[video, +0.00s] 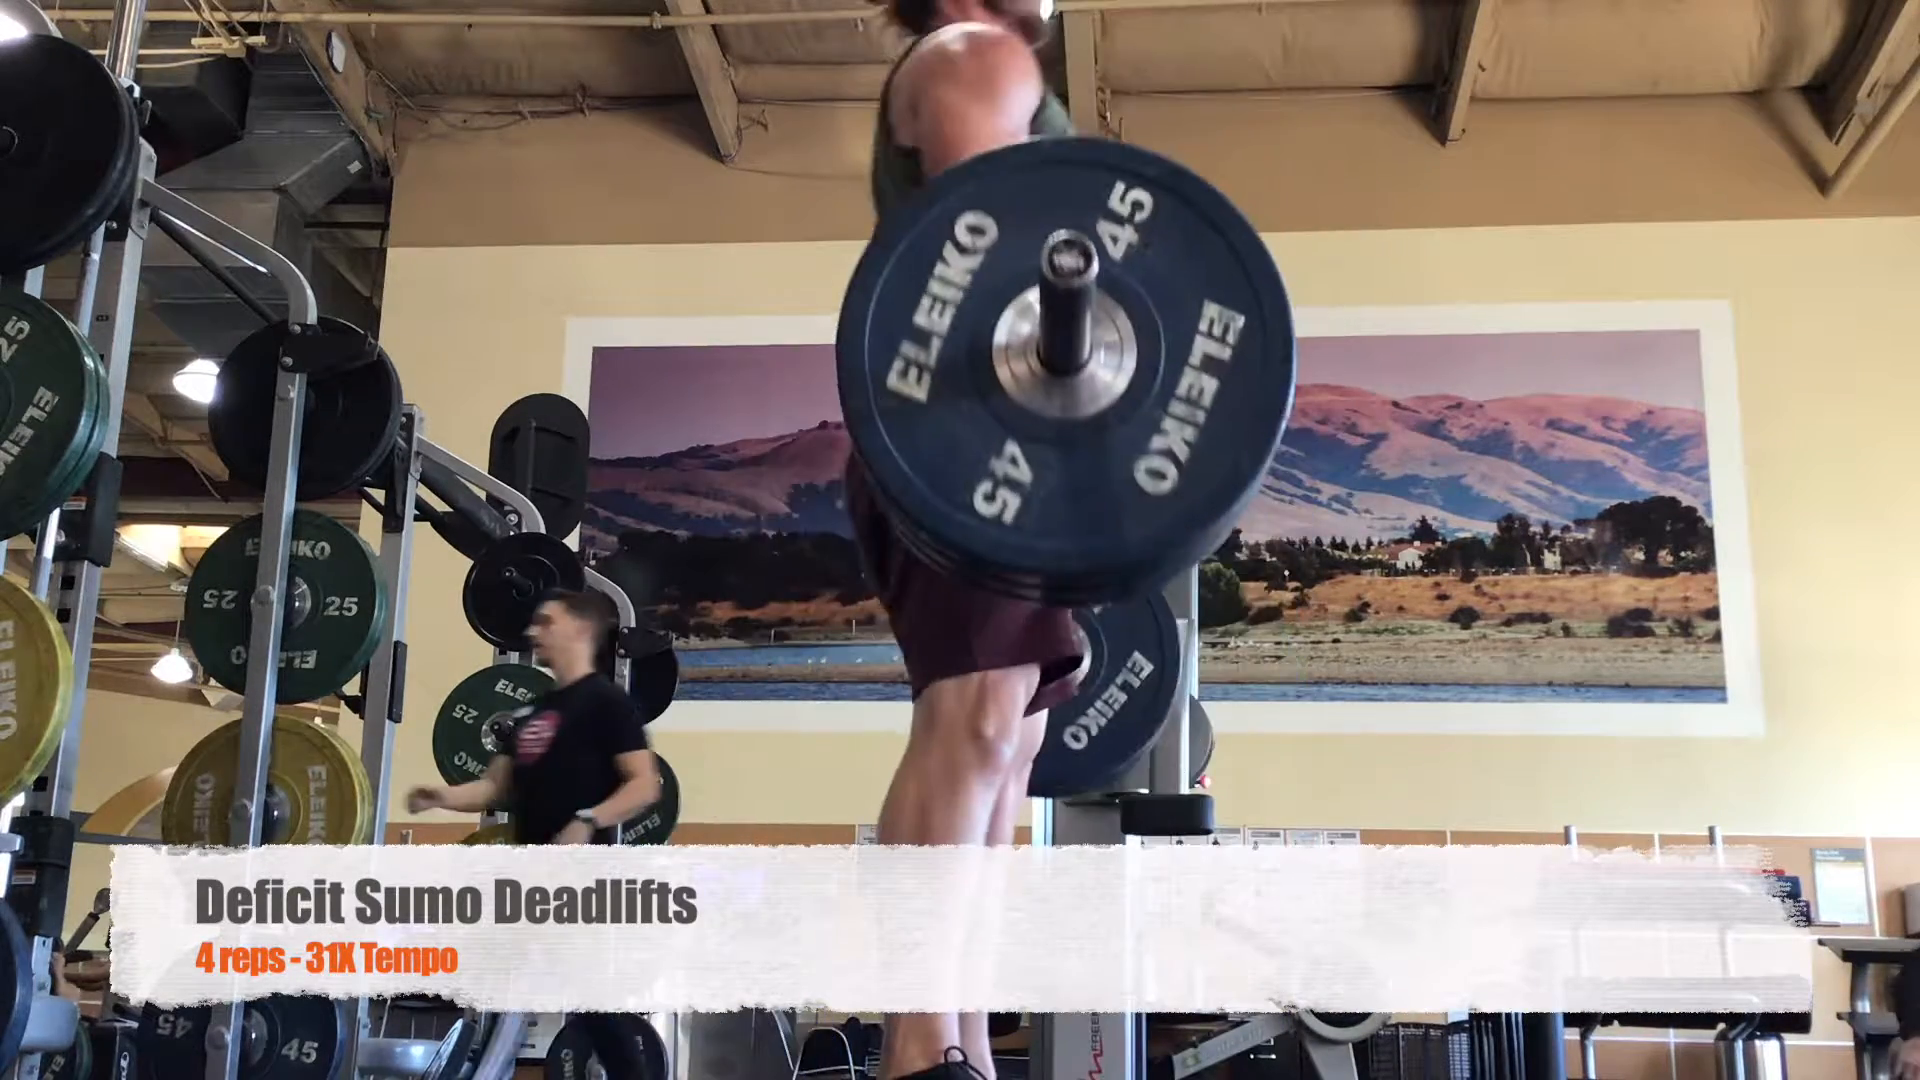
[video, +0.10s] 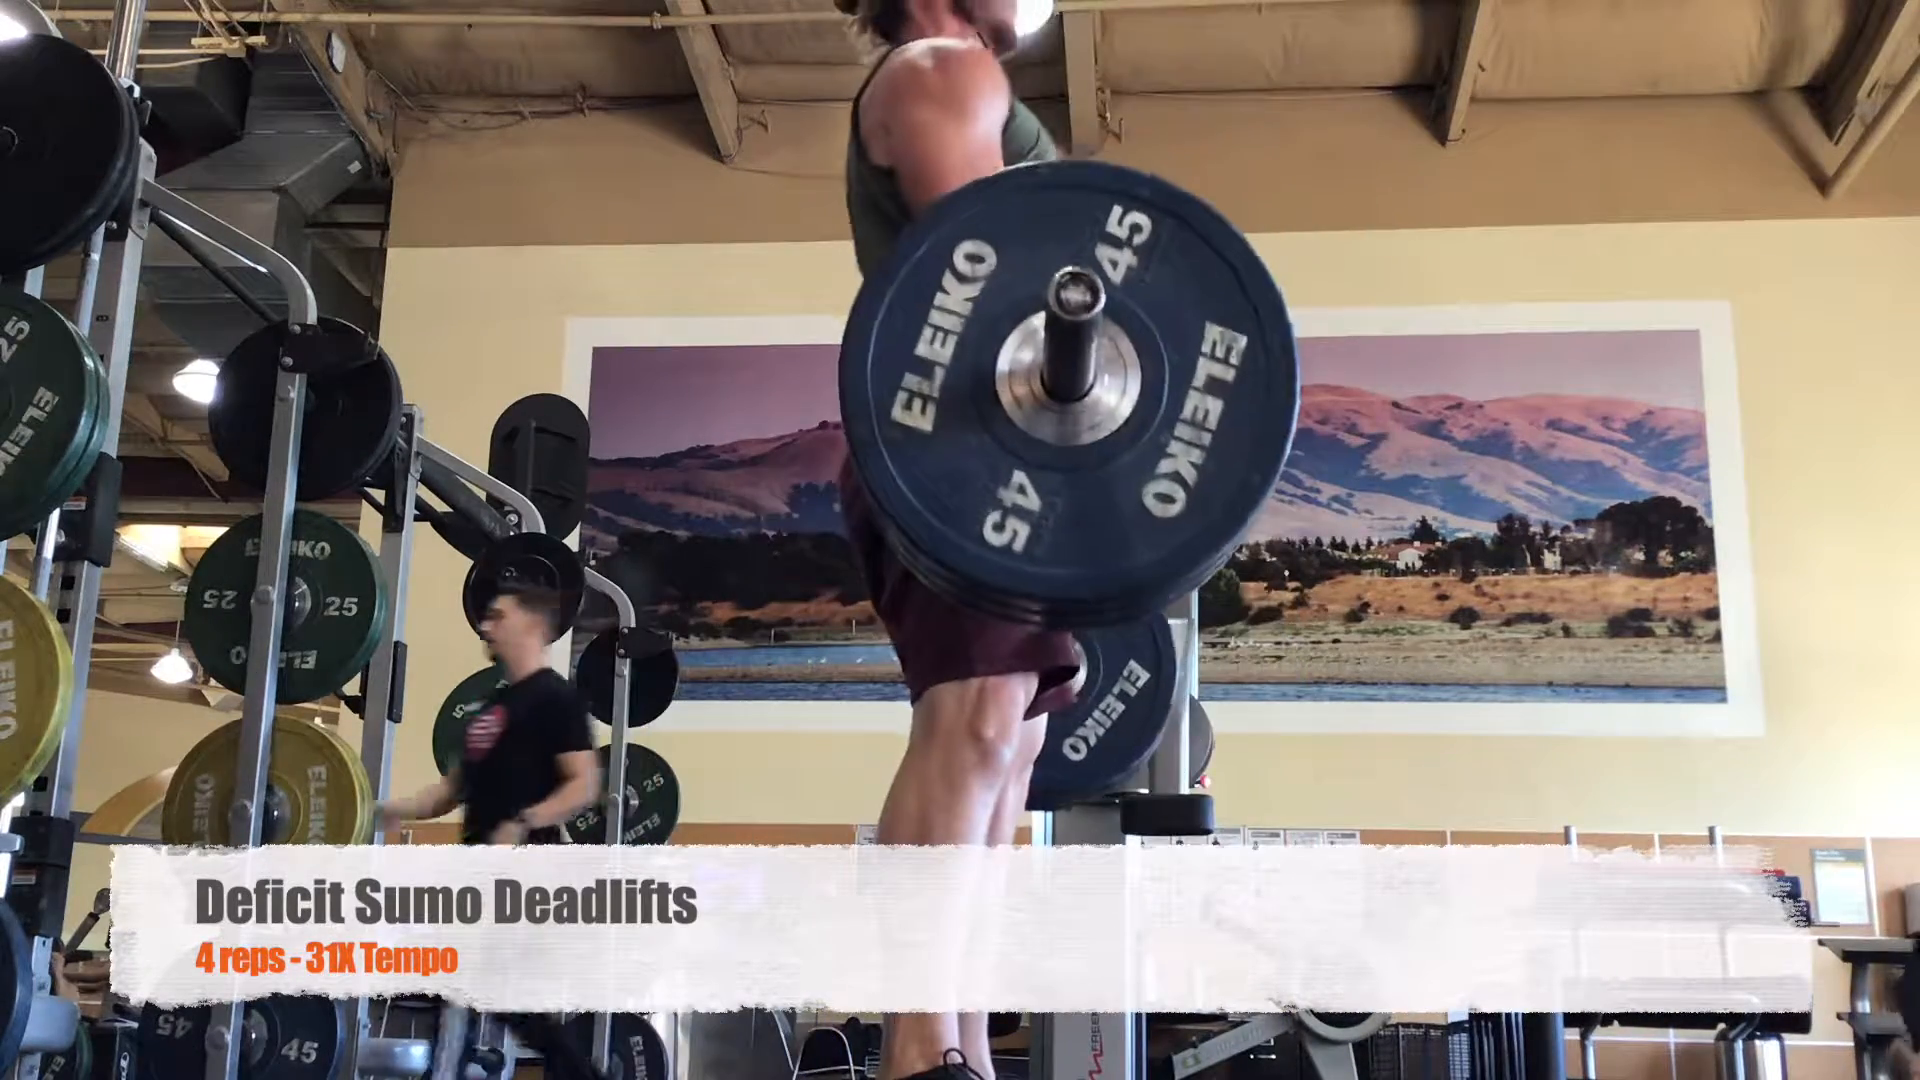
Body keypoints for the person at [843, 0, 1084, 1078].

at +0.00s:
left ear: (944, 3)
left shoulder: (994, 65)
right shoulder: (975, 55)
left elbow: (999, 272)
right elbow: (989, 262)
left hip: (1002, 438)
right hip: (951, 432)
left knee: (1015, 727)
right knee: (973, 714)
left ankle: (963, 1038)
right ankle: (915, 1045)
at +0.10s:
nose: (1030, 1)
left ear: (927, 12)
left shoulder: (966, 82)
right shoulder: (940, 70)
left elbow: (1011, 282)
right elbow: (991, 277)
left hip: (994, 450)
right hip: (941, 443)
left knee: (1012, 735)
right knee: (973, 722)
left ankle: (963, 1041)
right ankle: (917, 1048)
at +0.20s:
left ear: (917, 9)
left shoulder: (953, 79)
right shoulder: (936, 70)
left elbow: (1006, 277)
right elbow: (993, 273)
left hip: (988, 448)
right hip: (940, 443)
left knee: (1009, 733)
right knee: (972, 719)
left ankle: (961, 1037)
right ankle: (916, 1044)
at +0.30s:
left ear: (915, 8)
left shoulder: (948, 74)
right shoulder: (936, 66)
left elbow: (1000, 274)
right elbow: (989, 273)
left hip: (980, 443)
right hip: (941, 439)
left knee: (1007, 734)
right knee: (972, 721)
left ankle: (961, 1039)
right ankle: (916, 1046)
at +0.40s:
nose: (1010, 2)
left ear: (908, 10)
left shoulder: (936, 81)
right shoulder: (930, 71)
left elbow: (996, 282)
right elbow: (989, 279)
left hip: (981, 450)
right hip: (941, 446)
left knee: (1009, 735)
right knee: (974, 721)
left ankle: (962, 1039)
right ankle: (918, 1047)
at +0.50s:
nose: (1005, 3)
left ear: (903, 13)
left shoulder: (922, 83)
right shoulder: (930, 72)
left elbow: (994, 280)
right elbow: (990, 276)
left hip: (977, 447)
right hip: (948, 444)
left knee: (1003, 740)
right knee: (976, 725)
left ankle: (961, 1045)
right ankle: (917, 1049)